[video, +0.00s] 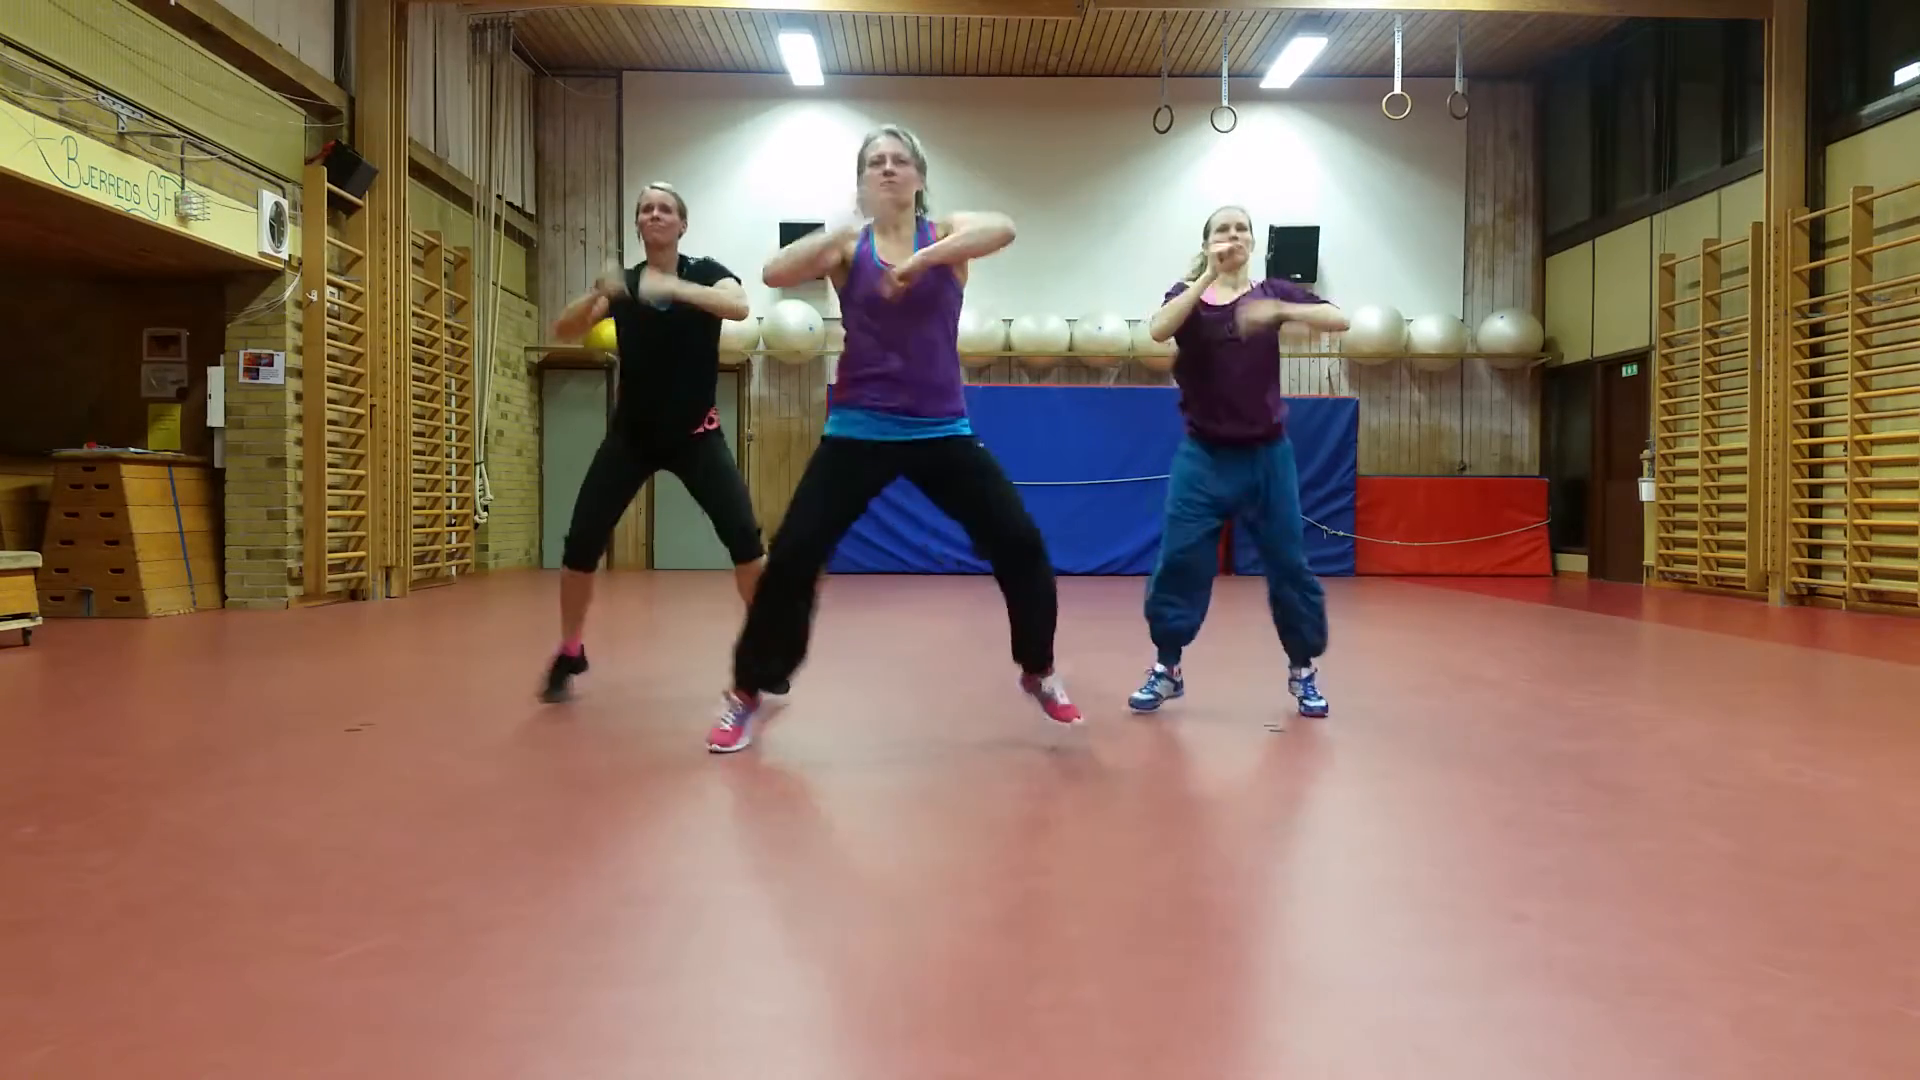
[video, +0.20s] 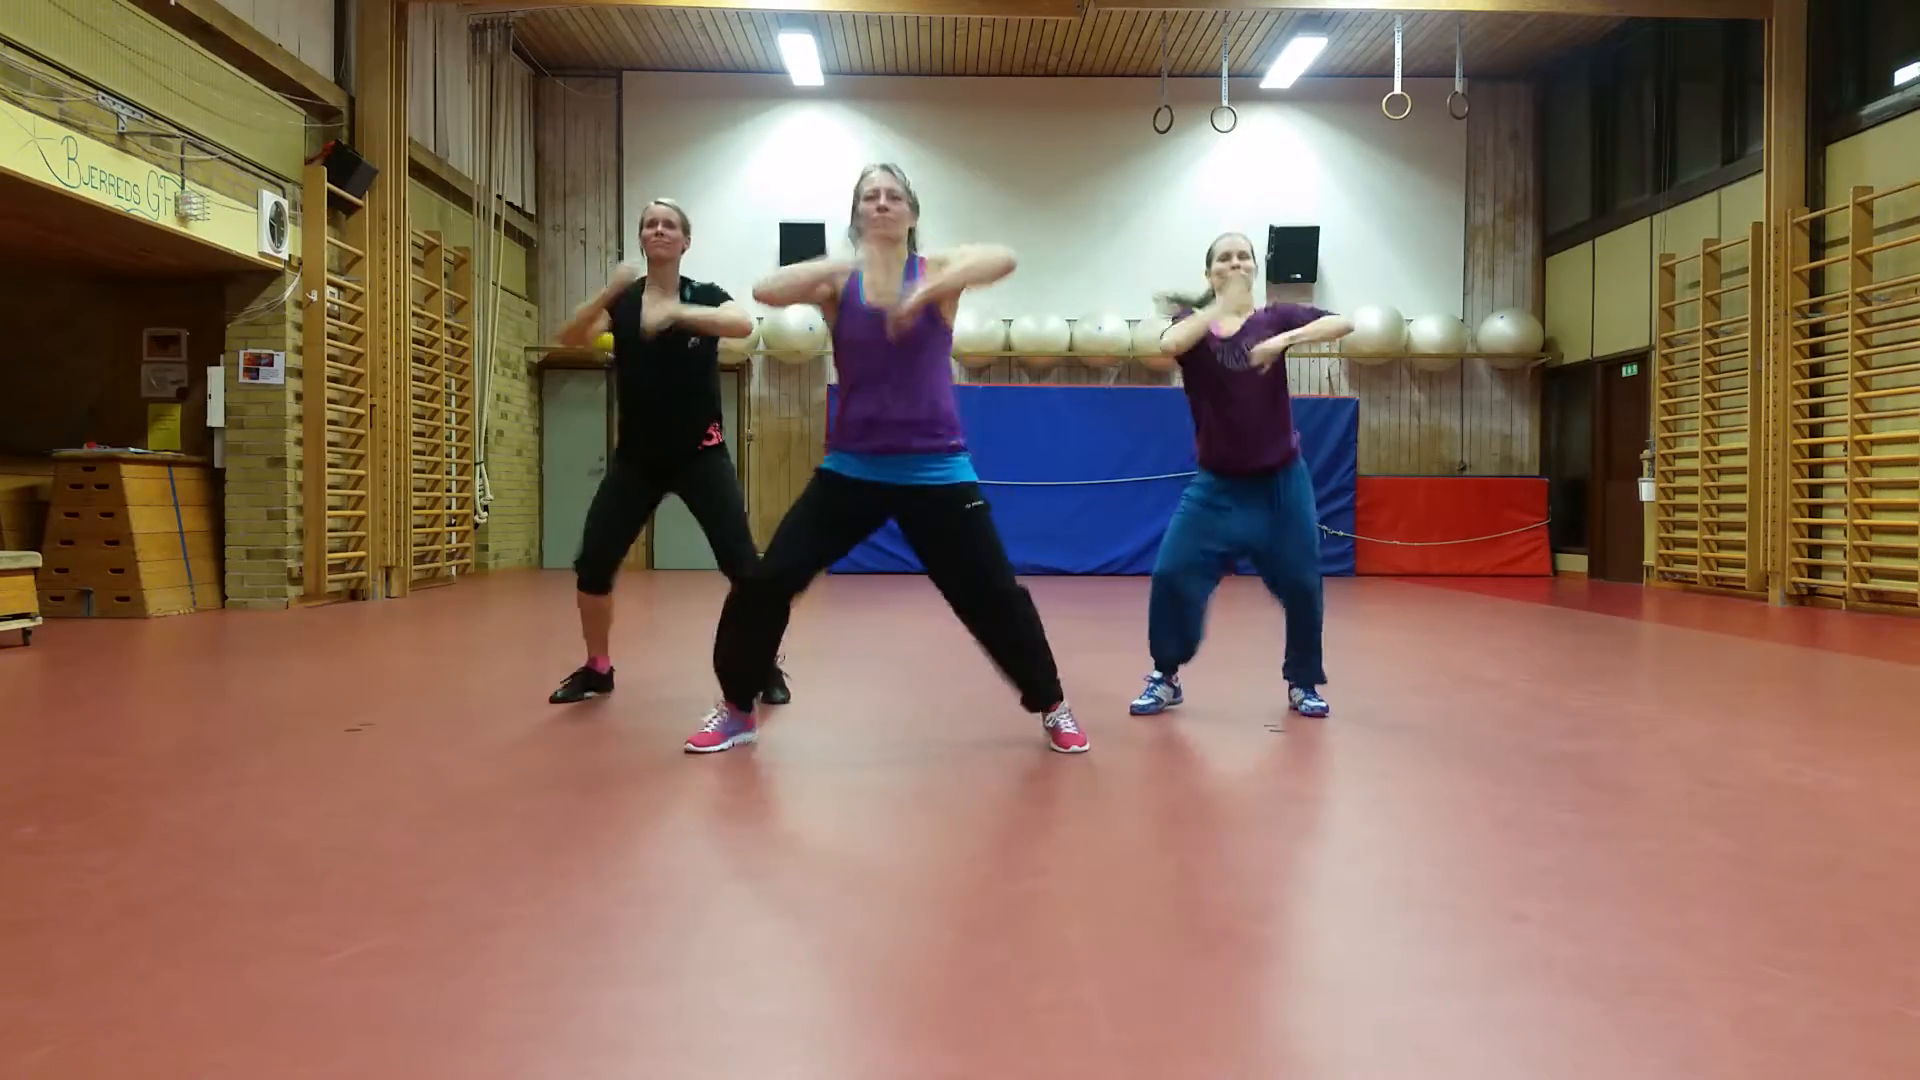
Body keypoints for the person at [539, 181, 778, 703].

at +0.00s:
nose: (653, 216)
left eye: (663, 209)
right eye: (645, 210)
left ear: (682, 224)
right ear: (636, 224)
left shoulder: (704, 272)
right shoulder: (621, 282)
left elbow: (738, 305)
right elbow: (563, 331)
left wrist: (675, 288)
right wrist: (595, 298)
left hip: (695, 435)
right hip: (632, 436)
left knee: (745, 538)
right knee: (581, 541)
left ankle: (764, 648)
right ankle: (570, 652)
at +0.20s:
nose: (657, 231)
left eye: (668, 225)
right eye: (649, 225)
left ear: (686, 240)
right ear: (640, 239)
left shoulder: (704, 295)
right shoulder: (625, 299)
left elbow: (743, 324)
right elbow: (568, 337)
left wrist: (679, 314)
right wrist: (608, 293)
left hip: (700, 455)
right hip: (637, 458)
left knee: (743, 565)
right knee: (592, 566)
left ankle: (767, 663)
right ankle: (597, 667)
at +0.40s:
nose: (657, 215)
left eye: (668, 208)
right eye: (649, 208)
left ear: (685, 222)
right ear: (639, 222)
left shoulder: (705, 275)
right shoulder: (618, 279)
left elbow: (746, 305)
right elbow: (570, 329)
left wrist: (685, 307)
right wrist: (632, 294)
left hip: (703, 433)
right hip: (638, 435)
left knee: (744, 538)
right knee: (588, 542)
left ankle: (763, 652)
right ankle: (580, 651)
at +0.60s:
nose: (660, 235)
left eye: (671, 228)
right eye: (652, 227)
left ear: (688, 242)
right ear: (641, 241)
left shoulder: (707, 306)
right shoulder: (617, 305)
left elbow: (728, 375)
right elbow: (590, 373)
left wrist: (715, 308)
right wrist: (597, 306)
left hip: (701, 457)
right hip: (636, 457)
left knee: (740, 566)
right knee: (594, 567)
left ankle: (760, 670)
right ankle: (591, 669)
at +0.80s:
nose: (660, 215)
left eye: (670, 208)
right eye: (652, 208)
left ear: (689, 221)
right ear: (642, 219)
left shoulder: (709, 278)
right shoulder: (622, 277)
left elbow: (712, 338)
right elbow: (600, 344)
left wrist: (680, 276)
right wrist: (632, 280)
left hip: (694, 430)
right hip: (630, 432)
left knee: (743, 535)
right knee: (588, 539)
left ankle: (776, 646)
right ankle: (578, 652)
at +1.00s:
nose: (665, 250)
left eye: (675, 242)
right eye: (657, 242)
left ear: (694, 252)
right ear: (647, 253)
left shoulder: (717, 311)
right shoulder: (632, 318)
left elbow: (722, 370)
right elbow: (610, 390)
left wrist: (683, 322)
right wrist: (643, 345)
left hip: (702, 467)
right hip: (638, 465)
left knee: (739, 574)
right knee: (579, 565)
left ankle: (771, 673)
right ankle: (581, 660)